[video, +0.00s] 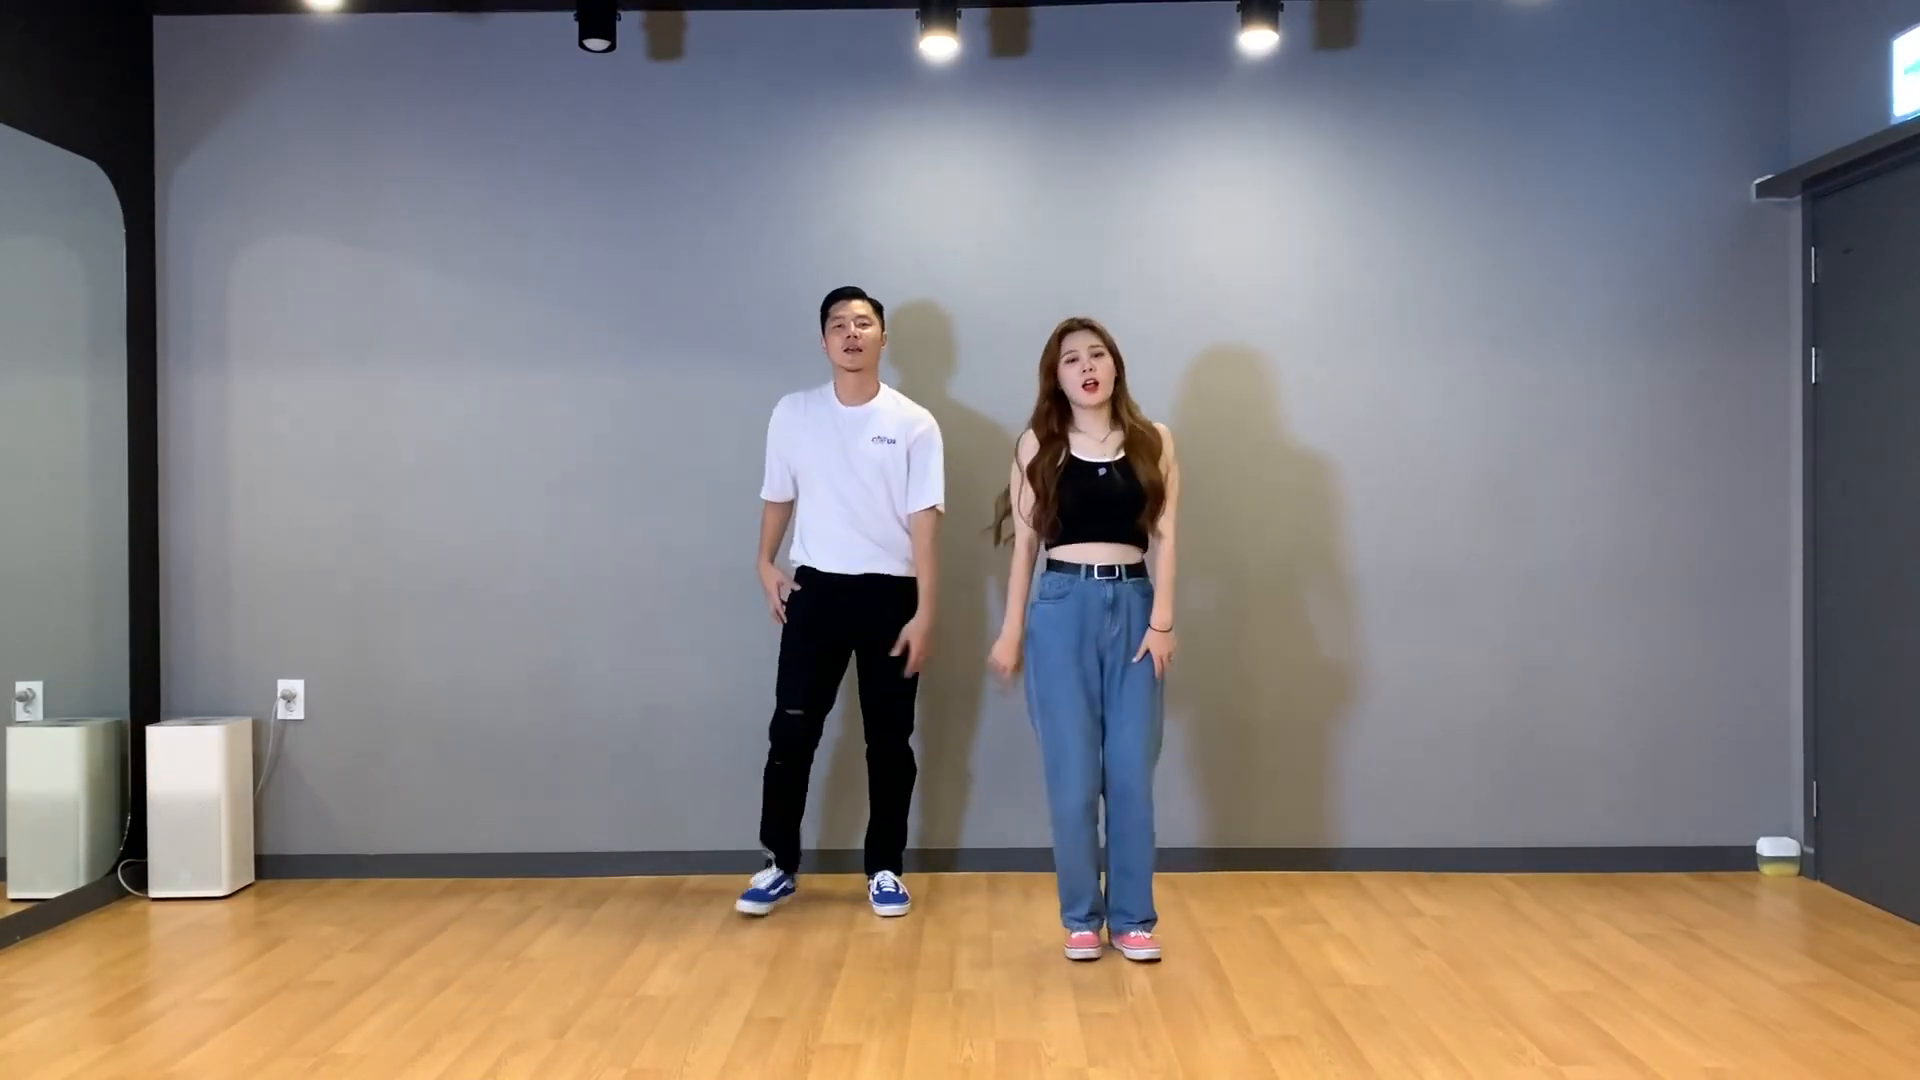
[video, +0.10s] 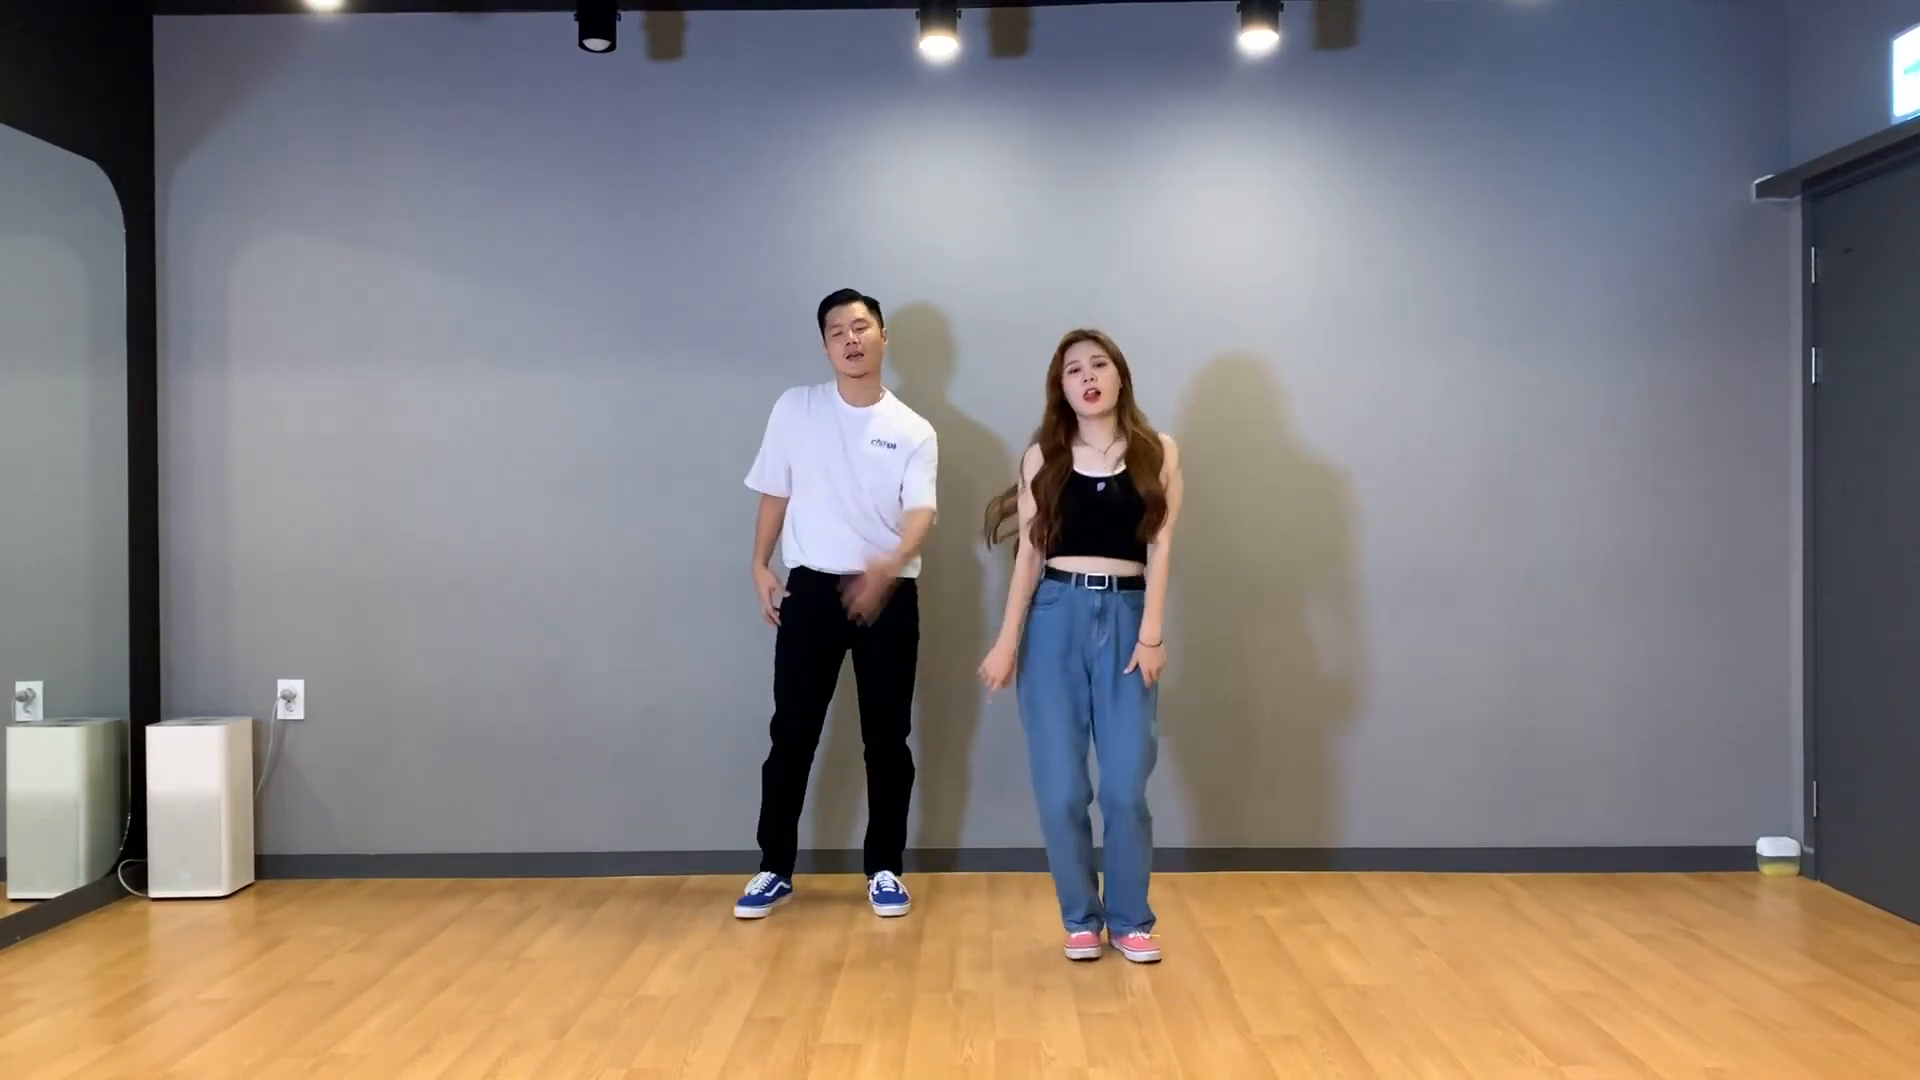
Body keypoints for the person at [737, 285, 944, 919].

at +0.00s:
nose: (852, 331)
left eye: (864, 322)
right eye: (840, 324)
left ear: (883, 338)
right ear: (824, 342)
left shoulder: (915, 424)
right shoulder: (792, 413)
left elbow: (924, 522)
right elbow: (779, 497)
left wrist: (925, 612)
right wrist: (765, 560)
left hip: (891, 595)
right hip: (815, 593)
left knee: (890, 743)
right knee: (790, 733)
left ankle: (885, 869)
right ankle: (780, 865)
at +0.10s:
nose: (850, 337)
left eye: (860, 326)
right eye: (837, 331)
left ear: (884, 337)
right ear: (824, 347)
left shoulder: (913, 431)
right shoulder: (793, 408)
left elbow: (920, 515)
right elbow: (774, 493)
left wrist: (886, 570)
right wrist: (761, 563)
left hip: (886, 594)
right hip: (810, 591)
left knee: (887, 741)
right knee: (791, 736)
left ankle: (885, 871)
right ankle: (775, 870)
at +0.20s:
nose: (843, 345)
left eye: (852, 331)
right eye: (830, 340)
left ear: (879, 336)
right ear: (821, 353)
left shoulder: (913, 420)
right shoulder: (800, 406)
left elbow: (916, 492)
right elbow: (776, 491)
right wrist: (749, 560)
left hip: (877, 594)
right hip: (802, 589)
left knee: (880, 740)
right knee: (782, 735)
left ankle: (883, 871)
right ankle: (774, 870)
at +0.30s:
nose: (826, 353)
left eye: (834, 337)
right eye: (813, 346)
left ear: (862, 334)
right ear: (807, 355)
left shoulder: (893, 408)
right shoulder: (802, 407)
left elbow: (919, 436)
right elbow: (782, 493)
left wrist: (917, 344)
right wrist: (744, 555)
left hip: (867, 590)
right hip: (796, 589)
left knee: (877, 739)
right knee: (778, 735)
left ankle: (884, 870)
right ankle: (774, 869)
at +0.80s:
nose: (777, 355)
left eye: (779, 339)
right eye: (762, 357)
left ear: (805, 337)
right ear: (760, 376)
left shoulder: (867, 393)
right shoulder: (772, 427)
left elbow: (960, 396)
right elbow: (766, 518)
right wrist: (754, 584)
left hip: (857, 595)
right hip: (785, 597)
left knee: (873, 737)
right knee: (777, 740)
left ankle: (888, 871)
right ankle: (768, 871)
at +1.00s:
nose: (802, 339)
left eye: (810, 326)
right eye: (788, 334)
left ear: (833, 335)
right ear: (778, 354)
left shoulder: (880, 402)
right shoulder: (768, 431)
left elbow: (944, 476)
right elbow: (757, 525)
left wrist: (925, 550)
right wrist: (741, 600)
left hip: (865, 595)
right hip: (789, 599)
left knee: (879, 740)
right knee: (776, 741)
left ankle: (894, 870)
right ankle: (767, 871)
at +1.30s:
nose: (803, 374)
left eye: (816, 363)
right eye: (792, 361)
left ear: (832, 371)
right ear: (774, 365)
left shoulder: (859, 435)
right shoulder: (737, 433)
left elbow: (885, 517)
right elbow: (723, 521)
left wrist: (886, 551)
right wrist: (774, 535)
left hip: (849, 607)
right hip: (773, 614)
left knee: (884, 739)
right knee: (758, 751)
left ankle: (898, 859)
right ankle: (770, 873)